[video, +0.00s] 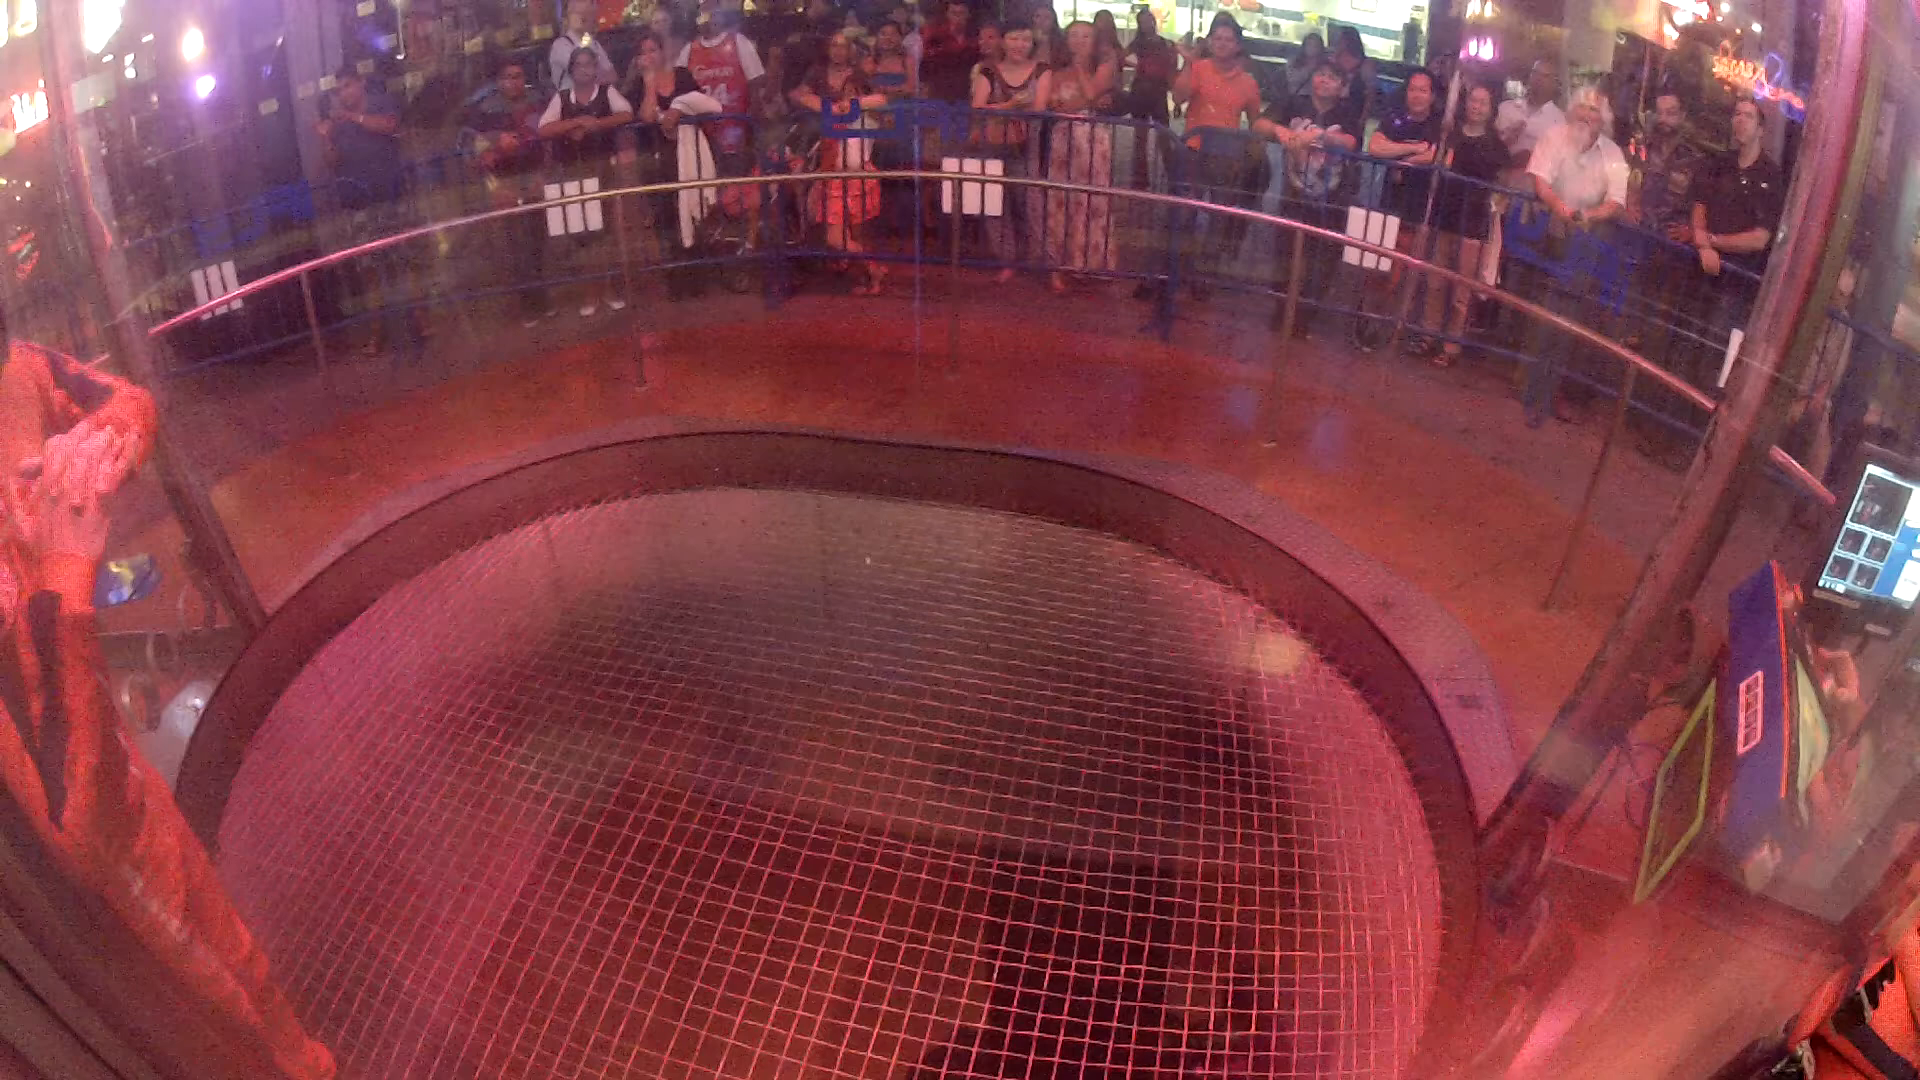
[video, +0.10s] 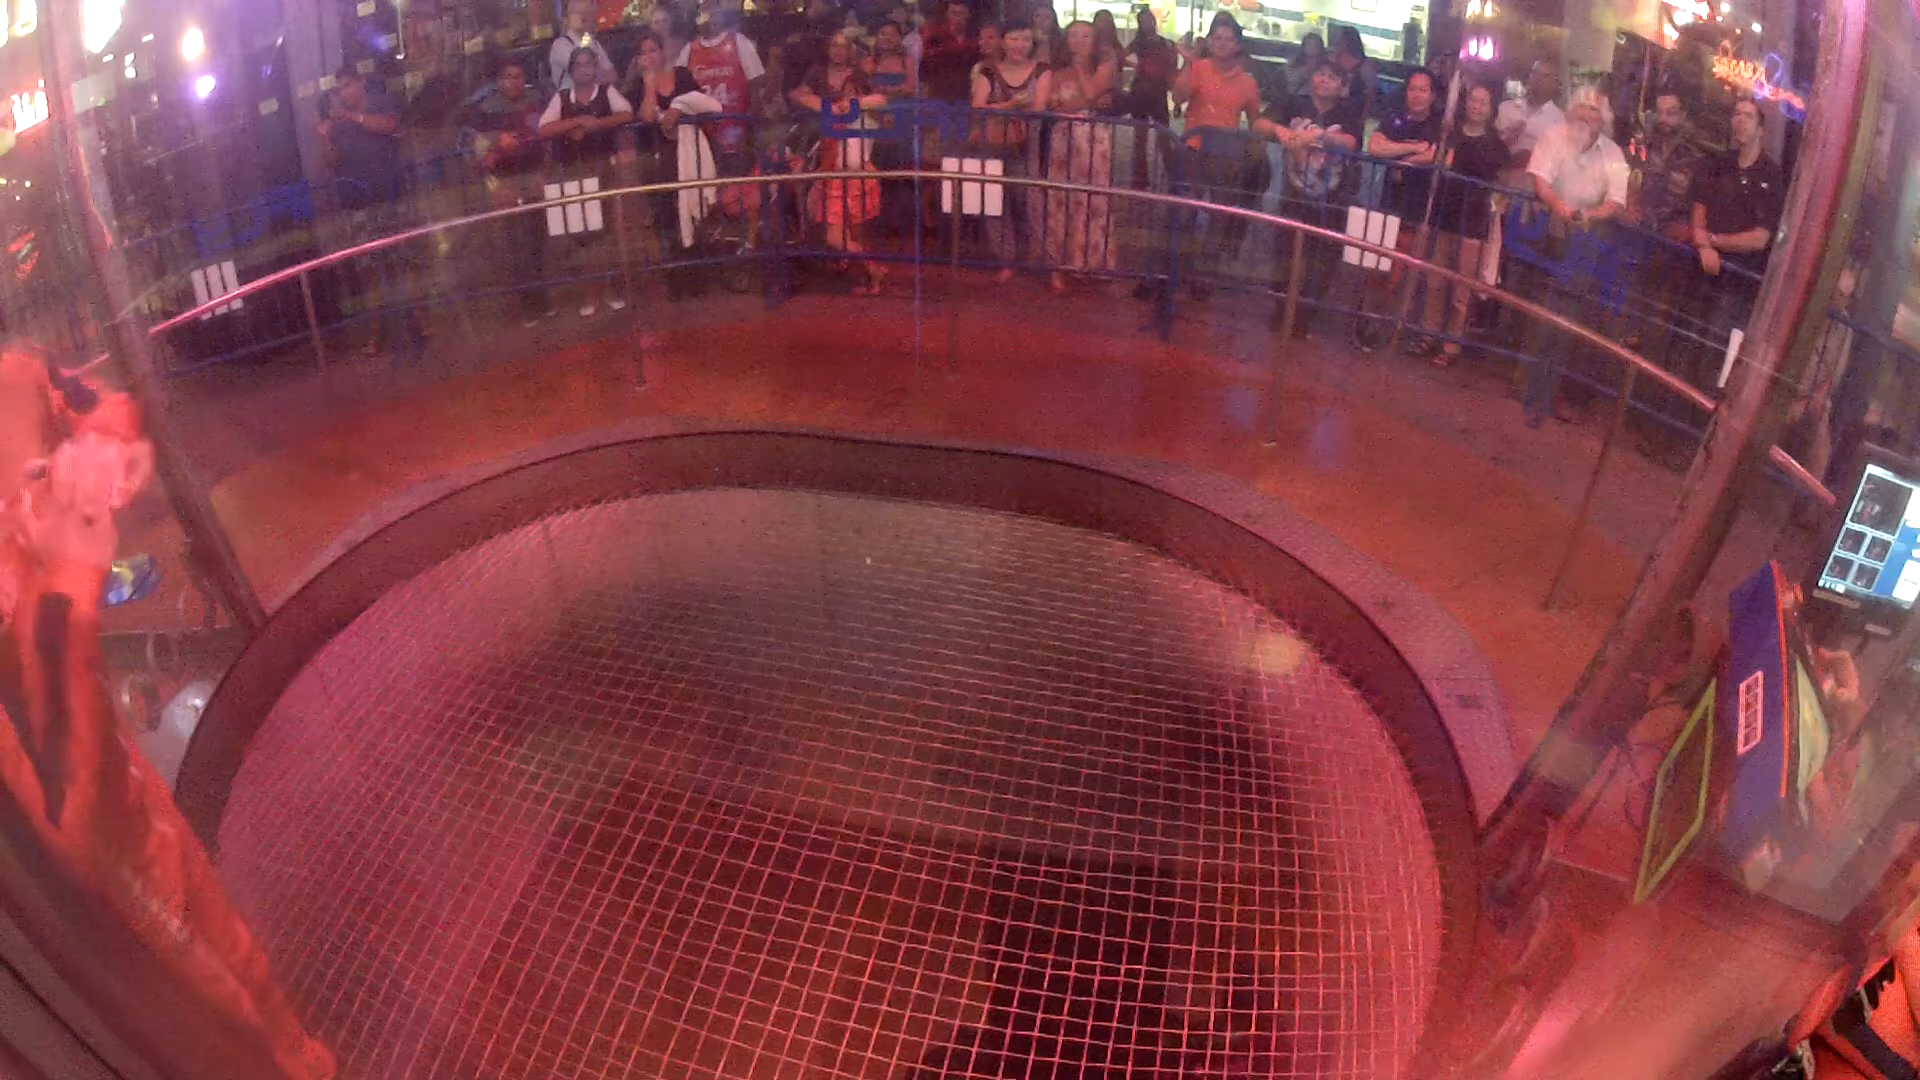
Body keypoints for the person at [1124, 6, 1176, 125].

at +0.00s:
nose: (1146, 25)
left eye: (1148, 21)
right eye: (1142, 22)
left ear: (1154, 22)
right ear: (1138, 24)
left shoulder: (1168, 45)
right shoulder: (1138, 42)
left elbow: (1172, 74)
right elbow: (1121, 57)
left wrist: (1177, 101)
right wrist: (1135, 65)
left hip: (1159, 93)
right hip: (1139, 91)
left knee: (1163, 132)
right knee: (1140, 133)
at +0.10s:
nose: (1146, 25)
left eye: (1148, 21)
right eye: (1143, 22)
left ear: (1154, 22)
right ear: (1139, 24)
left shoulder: (1167, 45)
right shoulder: (1139, 42)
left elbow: (1172, 73)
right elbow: (1121, 57)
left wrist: (1177, 101)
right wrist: (1135, 65)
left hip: (1159, 89)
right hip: (1140, 88)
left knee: (1162, 127)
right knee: (1140, 127)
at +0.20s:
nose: (1147, 25)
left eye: (1150, 21)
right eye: (1144, 22)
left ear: (1155, 22)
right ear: (1139, 24)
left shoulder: (1167, 45)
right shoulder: (1139, 42)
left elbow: (1172, 74)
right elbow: (1121, 57)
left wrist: (1177, 102)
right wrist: (1135, 65)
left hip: (1159, 91)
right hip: (1140, 89)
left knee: (1163, 130)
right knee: (1140, 131)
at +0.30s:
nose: (1150, 24)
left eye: (1153, 20)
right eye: (1147, 21)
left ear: (1157, 22)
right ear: (1141, 23)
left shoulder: (1168, 45)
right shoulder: (1140, 41)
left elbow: (1173, 73)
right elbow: (1121, 57)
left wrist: (1177, 102)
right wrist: (1135, 65)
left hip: (1159, 90)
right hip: (1140, 88)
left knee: (1163, 130)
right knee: (1140, 131)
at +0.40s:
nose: (1152, 25)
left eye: (1155, 21)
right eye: (1148, 21)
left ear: (1159, 23)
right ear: (1143, 23)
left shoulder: (1168, 46)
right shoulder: (1140, 42)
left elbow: (1172, 75)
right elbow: (1121, 58)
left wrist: (1177, 102)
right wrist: (1136, 66)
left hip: (1159, 91)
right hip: (1140, 89)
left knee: (1163, 130)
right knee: (1140, 131)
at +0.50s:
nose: (1152, 25)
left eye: (1156, 21)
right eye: (1149, 21)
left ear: (1161, 23)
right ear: (1143, 22)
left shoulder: (1168, 46)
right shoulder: (1139, 42)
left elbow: (1173, 73)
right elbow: (1121, 57)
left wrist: (1177, 98)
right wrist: (1135, 67)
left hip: (1159, 93)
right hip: (1141, 92)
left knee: (1164, 140)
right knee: (1140, 138)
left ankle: (1173, 180)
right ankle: (1140, 180)